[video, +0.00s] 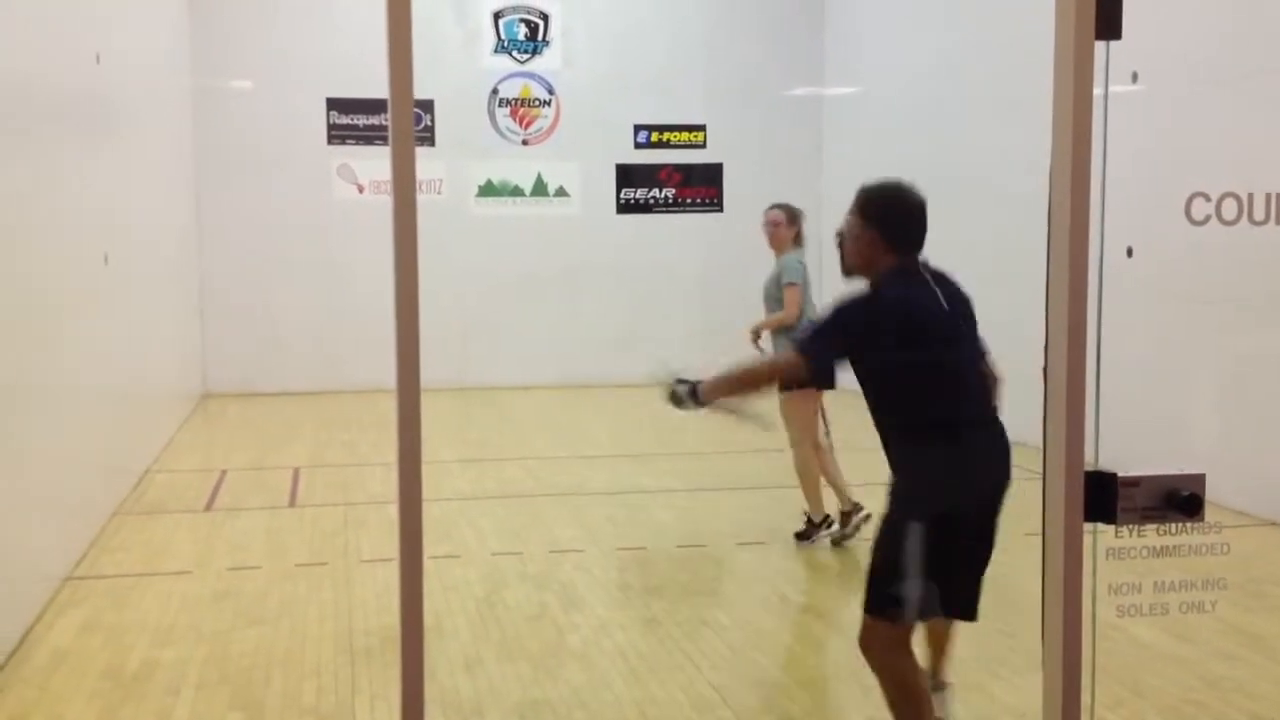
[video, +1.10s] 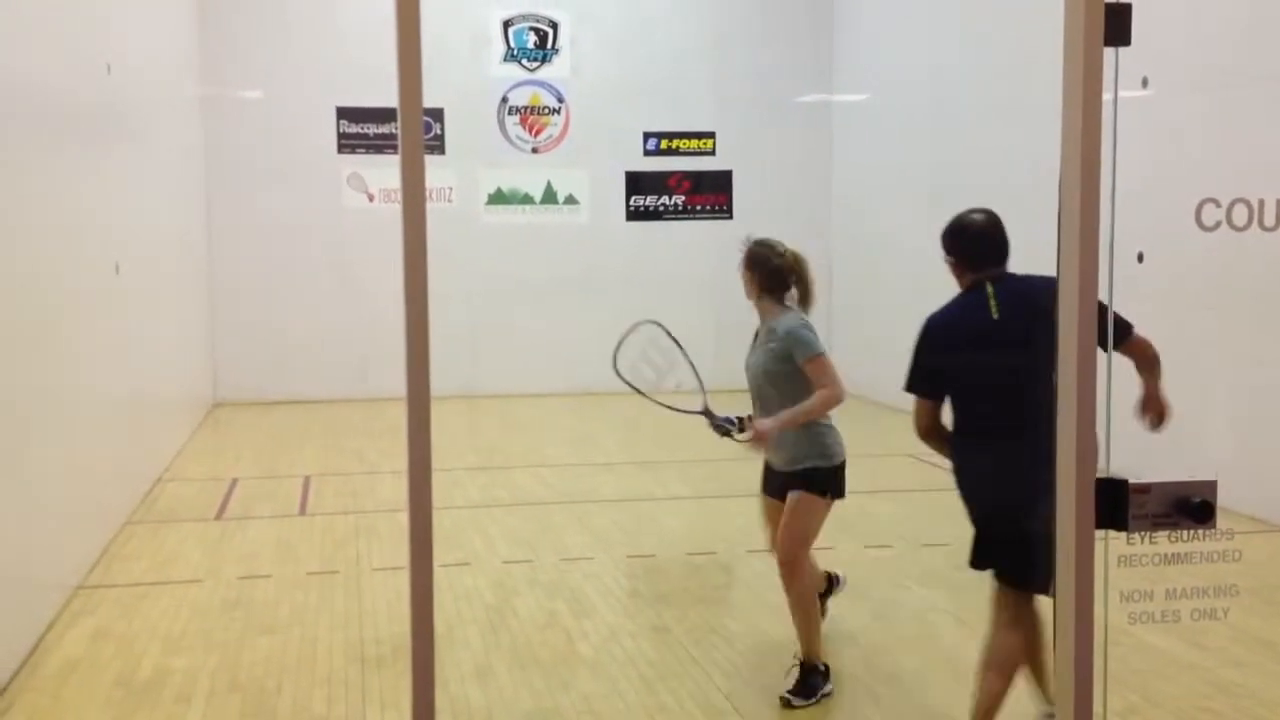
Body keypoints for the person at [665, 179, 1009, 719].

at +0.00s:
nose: (839, 235)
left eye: (850, 226)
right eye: (845, 224)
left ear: (879, 239)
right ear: (903, 239)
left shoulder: (863, 310)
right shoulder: (945, 291)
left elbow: (783, 369)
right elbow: (986, 377)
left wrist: (700, 391)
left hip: (929, 480)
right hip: (986, 466)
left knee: (882, 639)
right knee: (945, 586)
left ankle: (924, 711)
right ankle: (936, 681)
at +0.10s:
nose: (849, 229)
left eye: (854, 219)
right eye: (852, 218)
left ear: (870, 226)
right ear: (922, 229)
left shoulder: (856, 291)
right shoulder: (962, 289)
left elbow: (743, 345)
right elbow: (1020, 383)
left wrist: (701, 398)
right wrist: (1025, 481)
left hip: (907, 477)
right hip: (975, 471)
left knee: (881, 644)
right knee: (920, 618)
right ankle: (902, 701)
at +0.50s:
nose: (866, 250)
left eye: (867, 244)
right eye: (869, 243)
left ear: (873, 251)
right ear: (933, 251)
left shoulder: (848, 320)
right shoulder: (980, 312)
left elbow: (769, 400)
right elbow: (1044, 396)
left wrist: (772, 446)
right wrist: (1078, 465)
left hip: (899, 499)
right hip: (976, 494)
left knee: (889, 659)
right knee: (954, 618)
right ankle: (958, 716)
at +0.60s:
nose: (871, 261)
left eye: (872, 255)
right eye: (876, 253)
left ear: (878, 263)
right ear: (937, 260)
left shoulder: (856, 331)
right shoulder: (985, 315)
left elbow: (804, 422)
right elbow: (1063, 385)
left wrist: (836, 465)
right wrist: (1121, 458)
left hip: (908, 505)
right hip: (986, 499)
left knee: (904, 654)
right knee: (967, 630)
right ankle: (962, 719)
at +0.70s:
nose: (881, 266)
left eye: (882, 259)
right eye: (886, 258)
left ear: (889, 267)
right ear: (946, 261)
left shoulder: (874, 335)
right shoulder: (997, 311)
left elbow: (844, 434)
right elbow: (1090, 374)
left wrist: (896, 465)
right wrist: (1165, 445)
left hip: (922, 498)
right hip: (1000, 493)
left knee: (909, 645)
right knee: (977, 635)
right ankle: (965, 719)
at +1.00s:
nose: (933, 260)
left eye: (932, 253)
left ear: (936, 257)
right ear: (990, 249)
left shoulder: (926, 324)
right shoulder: (1044, 293)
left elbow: (909, 426)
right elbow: (1137, 341)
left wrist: (948, 448)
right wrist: (1179, 394)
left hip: (982, 495)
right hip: (1053, 486)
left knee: (987, 624)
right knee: (987, 620)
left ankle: (971, 712)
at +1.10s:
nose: (949, 266)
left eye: (949, 259)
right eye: (952, 258)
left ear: (954, 264)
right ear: (1006, 254)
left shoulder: (943, 326)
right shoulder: (1055, 296)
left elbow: (926, 425)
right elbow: (1143, 350)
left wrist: (965, 452)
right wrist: (1152, 393)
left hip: (986, 478)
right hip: (1053, 473)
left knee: (1019, 596)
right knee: (1012, 602)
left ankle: (1051, 702)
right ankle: (981, 713)